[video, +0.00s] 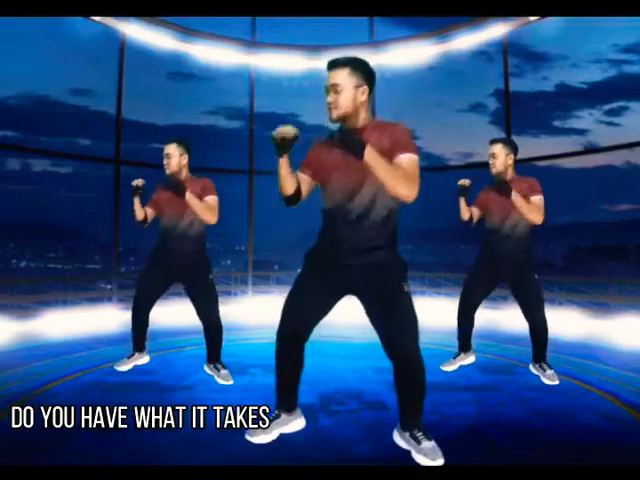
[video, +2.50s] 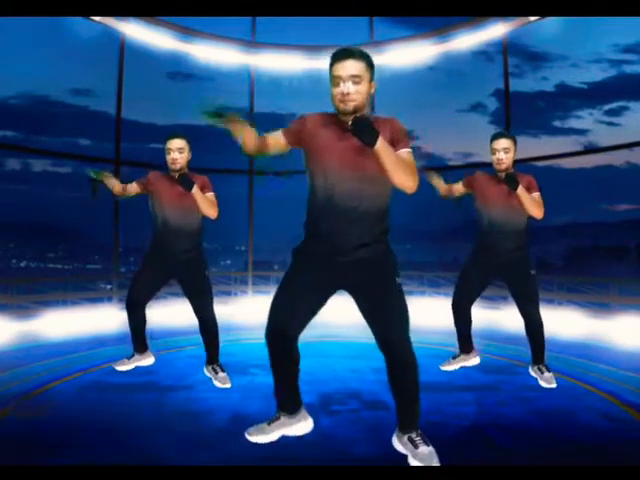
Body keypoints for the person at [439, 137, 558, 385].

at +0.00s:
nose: (491, 161)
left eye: (495, 156)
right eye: (490, 157)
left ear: (511, 158)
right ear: (491, 160)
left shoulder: (529, 185)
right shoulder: (488, 192)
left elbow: (537, 217)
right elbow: (468, 217)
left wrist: (514, 195)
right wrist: (463, 196)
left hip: (520, 262)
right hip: (490, 261)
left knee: (537, 317)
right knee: (467, 304)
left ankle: (539, 362)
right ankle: (465, 352)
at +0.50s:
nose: (479, 162)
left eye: (481, 158)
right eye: (480, 158)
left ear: (490, 160)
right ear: (497, 161)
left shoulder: (492, 178)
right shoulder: (502, 180)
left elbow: (457, 184)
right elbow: (464, 184)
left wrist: (440, 176)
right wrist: (443, 178)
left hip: (496, 259)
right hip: (493, 257)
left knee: (505, 316)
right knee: (461, 299)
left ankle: (555, 357)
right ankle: (465, 352)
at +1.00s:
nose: (484, 159)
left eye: (487, 154)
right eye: (482, 155)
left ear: (502, 155)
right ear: (483, 158)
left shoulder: (521, 180)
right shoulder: (482, 189)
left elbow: (531, 207)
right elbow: (462, 216)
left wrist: (508, 179)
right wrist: (455, 188)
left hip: (518, 259)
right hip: (488, 259)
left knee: (535, 311)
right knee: (469, 304)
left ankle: (542, 361)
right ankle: (465, 352)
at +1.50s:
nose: (494, 168)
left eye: (499, 162)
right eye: (489, 163)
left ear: (508, 165)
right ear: (484, 167)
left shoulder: (522, 192)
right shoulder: (479, 197)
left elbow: (534, 223)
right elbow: (462, 226)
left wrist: (513, 196)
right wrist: (454, 202)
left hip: (517, 269)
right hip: (486, 268)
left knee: (535, 320)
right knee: (456, 307)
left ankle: (543, 363)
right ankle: (464, 353)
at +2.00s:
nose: (493, 160)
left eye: (498, 155)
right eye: (488, 156)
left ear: (507, 159)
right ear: (483, 160)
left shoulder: (521, 188)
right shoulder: (478, 193)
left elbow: (529, 221)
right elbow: (463, 219)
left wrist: (509, 195)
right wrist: (452, 202)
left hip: (515, 265)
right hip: (483, 263)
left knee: (532, 318)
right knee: (459, 305)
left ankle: (538, 366)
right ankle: (463, 353)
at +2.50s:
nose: (500, 156)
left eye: (505, 151)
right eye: (496, 152)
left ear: (514, 154)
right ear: (490, 155)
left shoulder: (526, 182)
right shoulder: (477, 180)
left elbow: (538, 212)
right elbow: (448, 191)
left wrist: (517, 187)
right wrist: (434, 179)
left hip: (516, 259)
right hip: (485, 256)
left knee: (531, 314)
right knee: (460, 302)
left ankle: (539, 365)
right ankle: (467, 353)